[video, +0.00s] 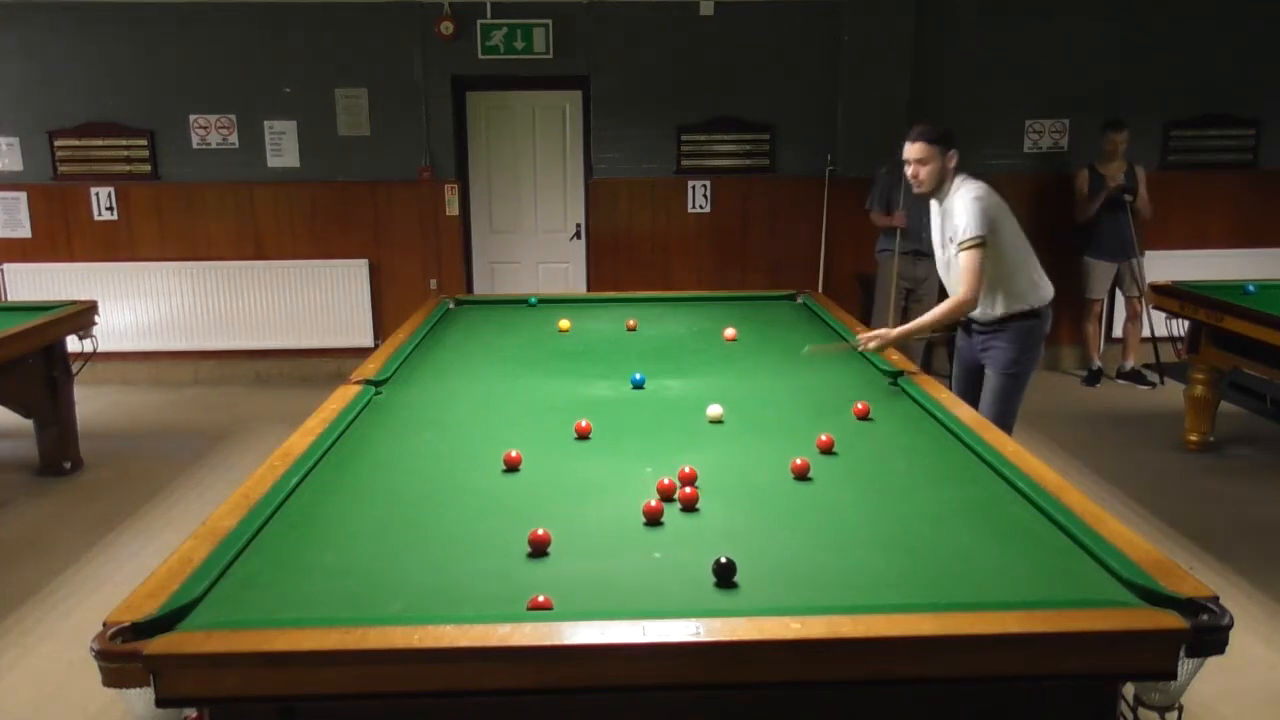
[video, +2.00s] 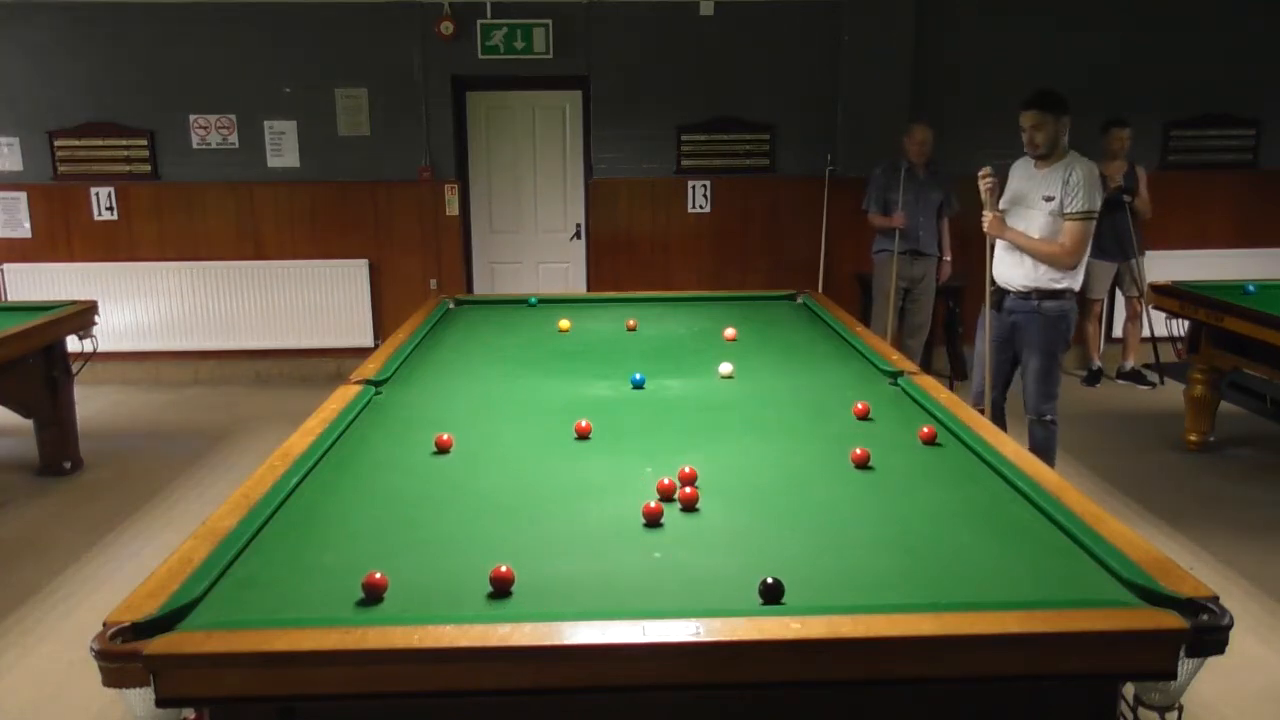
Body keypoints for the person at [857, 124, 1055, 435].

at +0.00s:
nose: (911, 172)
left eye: (921, 163)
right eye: (907, 163)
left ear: (951, 161)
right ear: (903, 163)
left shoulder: (971, 200)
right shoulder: (937, 201)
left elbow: (968, 297)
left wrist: (896, 334)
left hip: (1014, 327)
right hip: (972, 326)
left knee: (990, 436)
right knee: (958, 426)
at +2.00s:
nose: (1028, 139)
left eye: (1037, 130)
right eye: (1023, 130)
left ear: (1063, 128)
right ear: (1020, 129)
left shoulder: (1081, 173)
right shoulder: (1019, 168)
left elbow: (1069, 256)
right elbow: (1000, 233)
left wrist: (1006, 232)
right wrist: (989, 202)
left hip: (1047, 306)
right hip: (1003, 300)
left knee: (1039, 411)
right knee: (983, 400)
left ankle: (1036, 494)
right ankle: (981, 483)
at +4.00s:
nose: (950, 139)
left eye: (959, 132)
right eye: (946, 132)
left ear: (978, 130)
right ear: (942, 132)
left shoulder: (1000, 165)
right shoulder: (940, 174)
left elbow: (1012, 231)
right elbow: (931, 233)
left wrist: (974, 257)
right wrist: (918, 291)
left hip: (984, 284)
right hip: (943, 281)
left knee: (970, 373)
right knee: (937, 369)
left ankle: (961, 448)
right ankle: (931, 446)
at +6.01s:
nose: (861, 297)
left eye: (866, 289)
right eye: (856, 290)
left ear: (882, 275)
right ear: (849, 280)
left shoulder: (897, 293)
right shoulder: (890, 248)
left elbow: (865, 320)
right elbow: (921, 221)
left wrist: (812, 339)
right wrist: (928, 257)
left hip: (993, 285)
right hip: (972, 268)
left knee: (968, 383)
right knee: (955, 374)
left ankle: (982, 450)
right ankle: (962, 444)